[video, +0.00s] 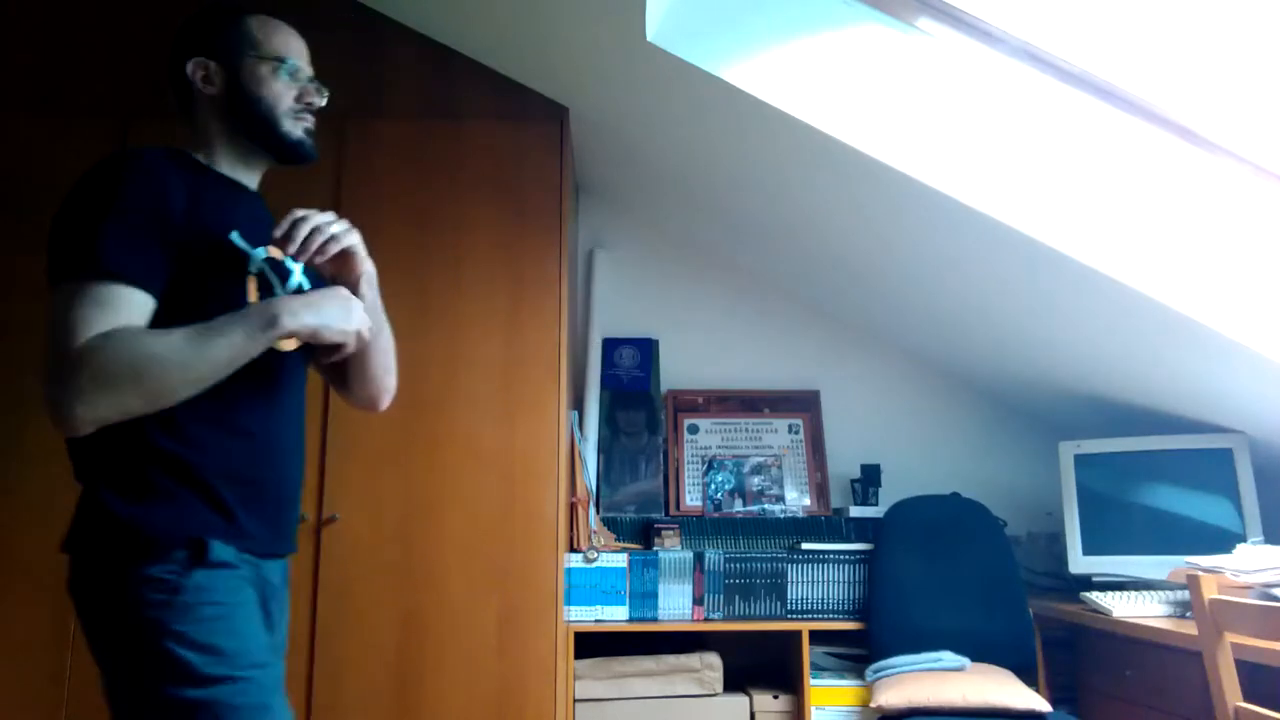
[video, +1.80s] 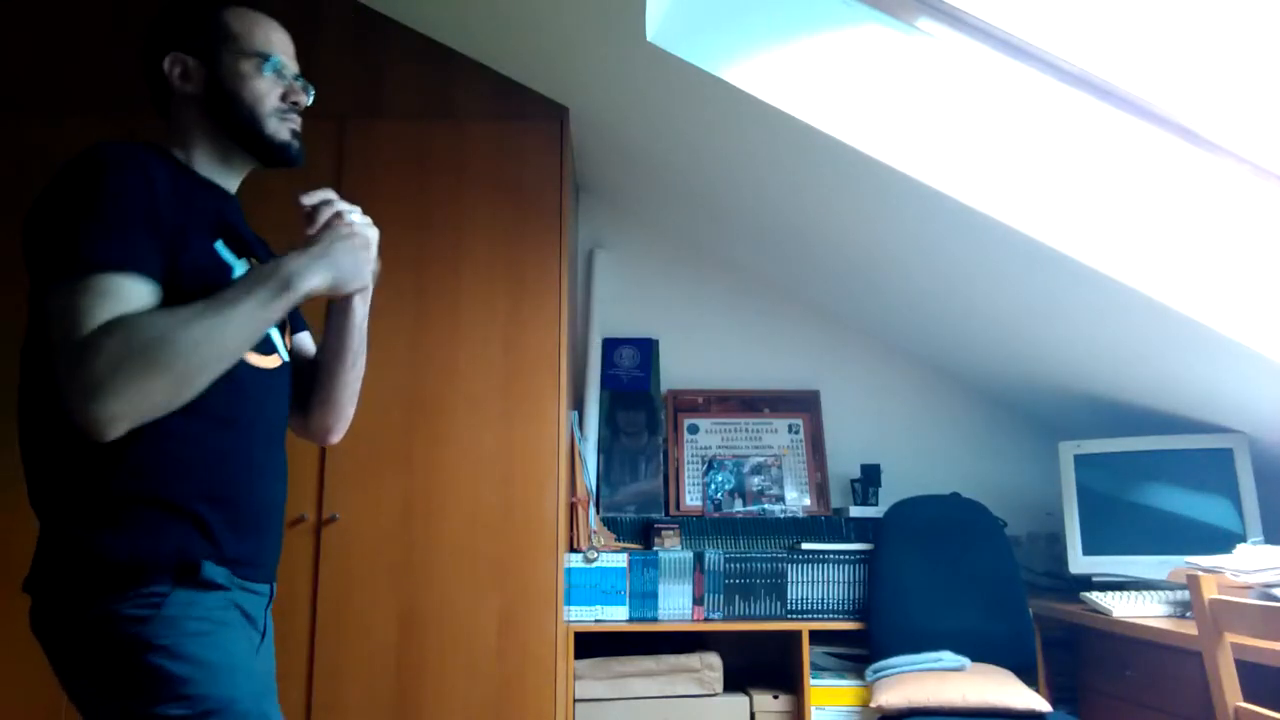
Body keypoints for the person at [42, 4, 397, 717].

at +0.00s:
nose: (316, 92)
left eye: (312, 78)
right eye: (286, 70)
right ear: (208, 79)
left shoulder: (274, 229)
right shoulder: (139, 185)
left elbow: (372, 390)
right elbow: (80, 391)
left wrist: (359, 277)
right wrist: (276, 315)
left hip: (256, 561)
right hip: (170, 562)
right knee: (252, 708)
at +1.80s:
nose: (299, 91)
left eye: (297, 77)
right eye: (267, 66)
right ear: (186, 75)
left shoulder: (243, 239)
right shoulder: (116, 183)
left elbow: (322, 422)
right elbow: (101, 394)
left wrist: (354, 289)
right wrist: (301, 271)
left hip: (233, 595)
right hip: (153, 597)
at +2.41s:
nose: (317, 42)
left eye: (312, 18)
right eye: (293, 9)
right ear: (210, 5)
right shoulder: (199, 97)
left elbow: (265, 367)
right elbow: (257, 320)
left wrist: (317, 251)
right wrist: (443, 303)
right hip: (167, 575)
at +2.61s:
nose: (268, 60)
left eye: (265, 40)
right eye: (241, 28)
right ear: (149, 21)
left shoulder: (177, 206)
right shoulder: (86, 144)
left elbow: (317, 367)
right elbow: (93, 366)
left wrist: (351, 266)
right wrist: (291, 304)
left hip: (132, 612)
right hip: (82, 616)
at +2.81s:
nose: (263, 47)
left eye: (259, 25)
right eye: (235, 14)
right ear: (141, 10)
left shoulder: (205, 205)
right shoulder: (66, 132)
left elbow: (328, 385)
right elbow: (57, 356)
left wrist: (341, 237)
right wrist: (271, 253)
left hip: (193, 599)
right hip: (125, 604)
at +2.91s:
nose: (277, 59)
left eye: (272, 38)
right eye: (246, 25)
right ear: (153, 20)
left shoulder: (212, 211)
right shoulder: (85, 151)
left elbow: (373, 368)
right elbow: (123, 366)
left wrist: (368, 223)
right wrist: (311, 247)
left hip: (216, 615)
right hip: (147, 621)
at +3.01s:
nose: (312, 58)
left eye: (304, 34)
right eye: (281, 25)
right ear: (190, 19)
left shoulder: (221, 177)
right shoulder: (151, 150)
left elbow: (376, 376)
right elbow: (270, 349)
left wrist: (380, 232)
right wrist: (431, 239)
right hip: (210, 610)